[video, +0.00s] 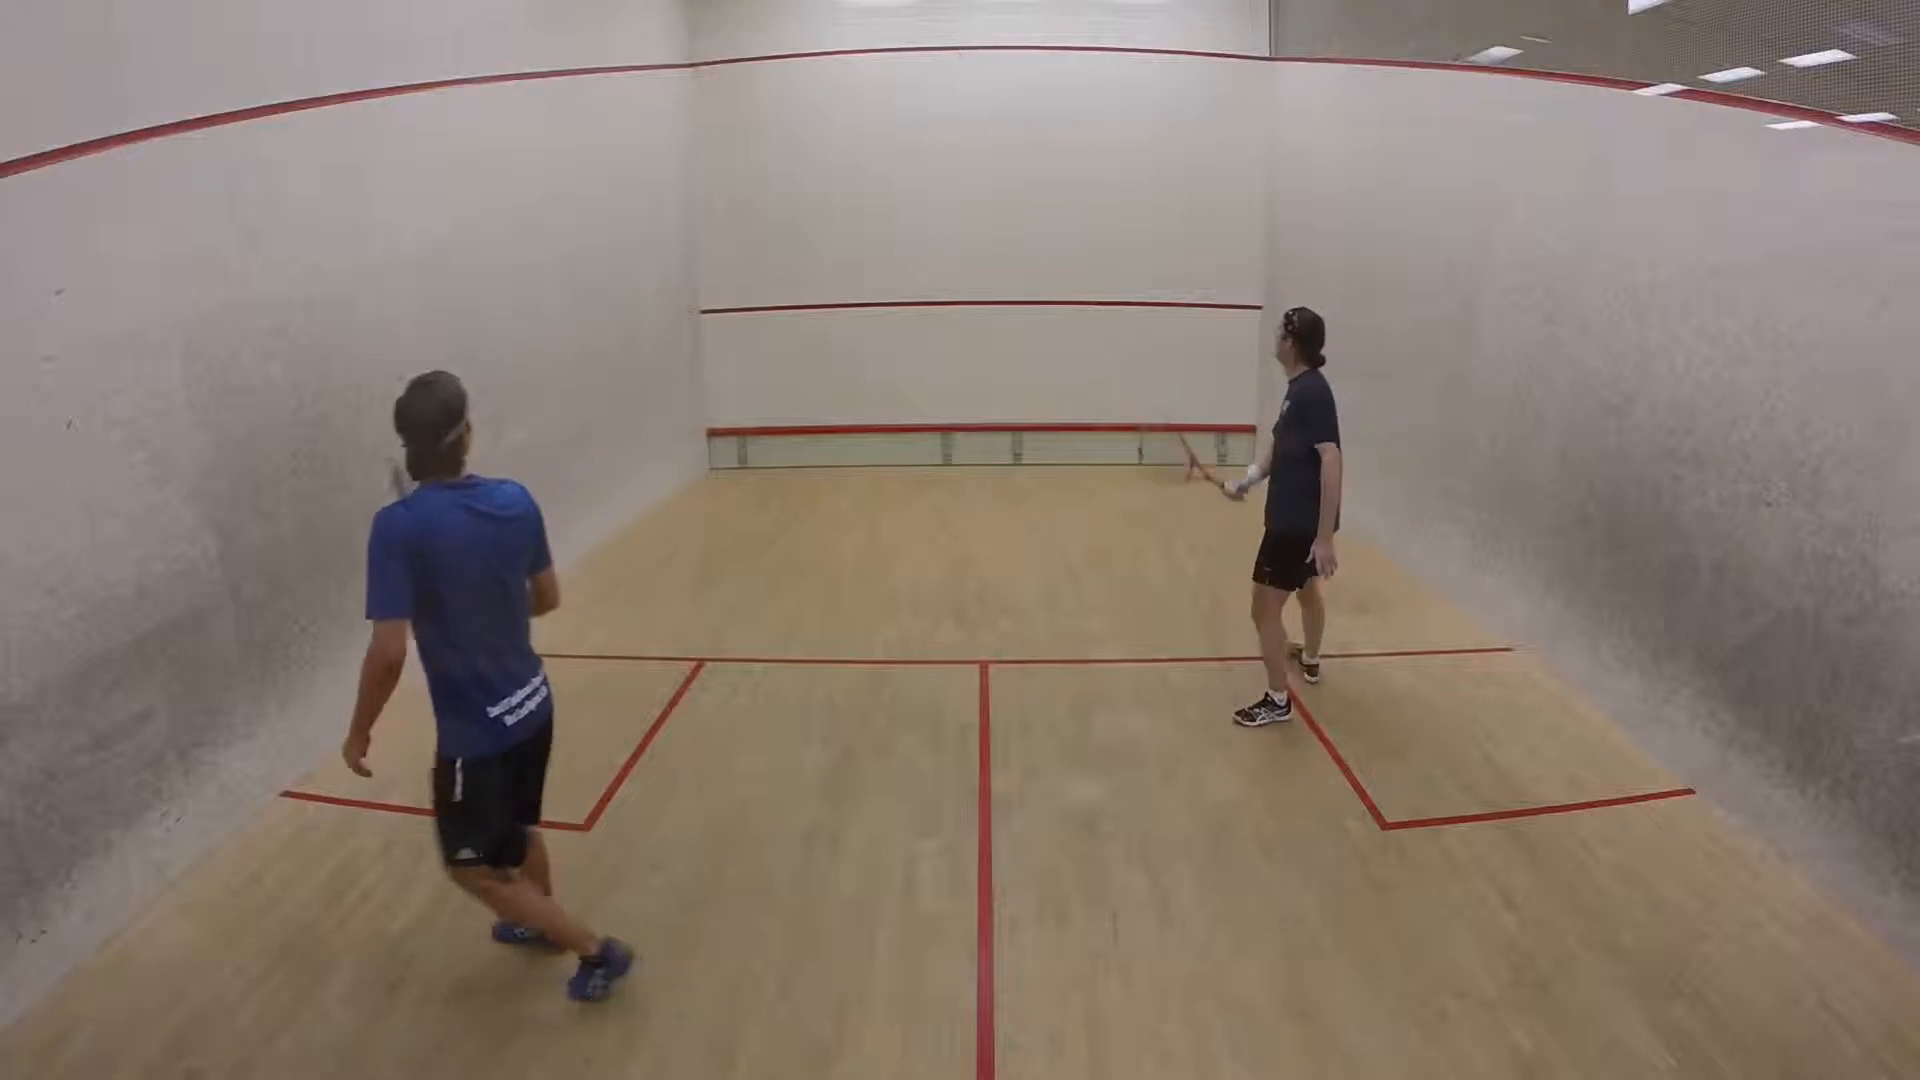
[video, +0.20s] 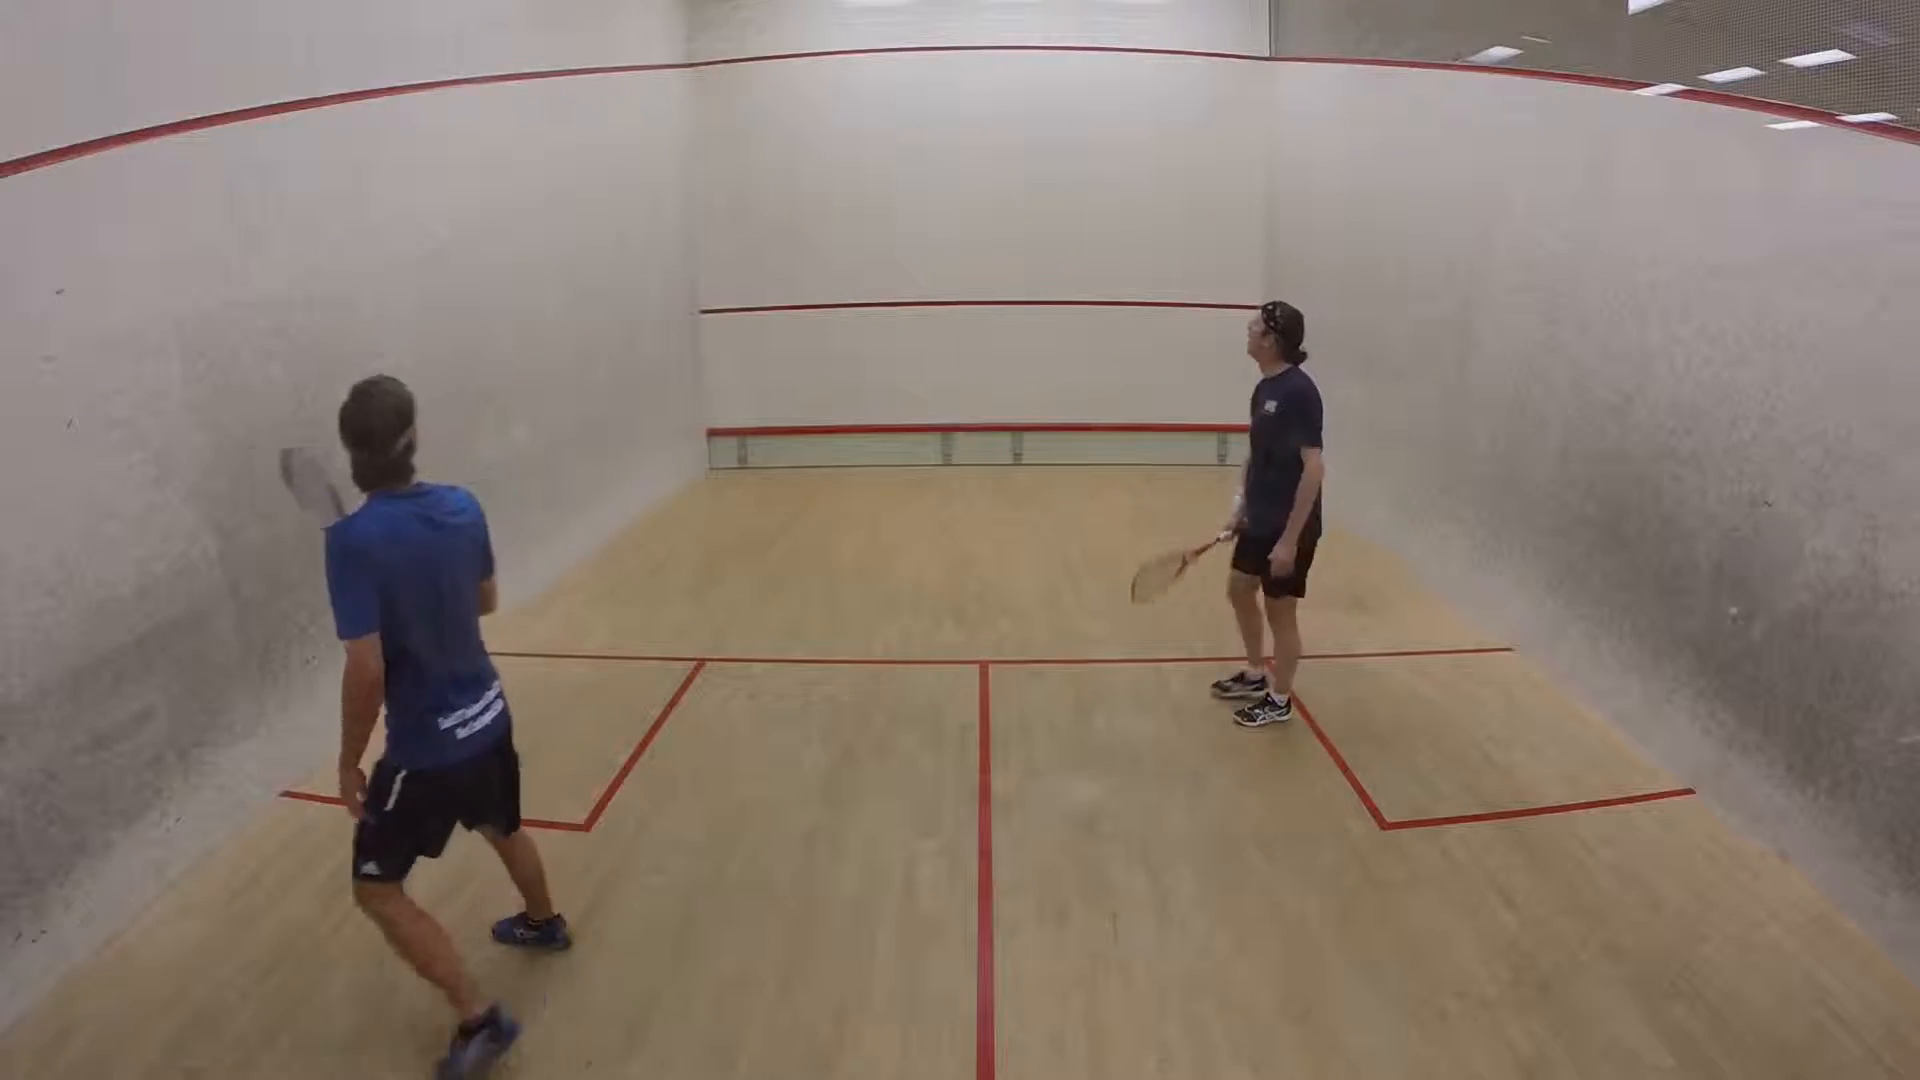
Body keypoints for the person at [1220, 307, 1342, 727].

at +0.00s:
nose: (1275, 344)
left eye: (1279, 337)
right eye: (1278, 337)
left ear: (1291, 342)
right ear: (1305, 343)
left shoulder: (1311, 392)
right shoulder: (1300, 389)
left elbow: (1331, 460)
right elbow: (1278, 447)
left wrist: (1325, 536)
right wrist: (1246, 482)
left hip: (1291, 522)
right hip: (1301, 518)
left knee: (1264, 610)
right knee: (1308, 591)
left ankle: (1278, 699)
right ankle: (1310, 660)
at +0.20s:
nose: (1248, 334)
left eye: (1254, 330)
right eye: (1250, 328)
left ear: (1272, 338)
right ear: (1272, 339)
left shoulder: (1301, 390)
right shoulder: (1263, 388)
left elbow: (1313, 471)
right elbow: (1257, 458)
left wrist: (1289, 539)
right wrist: (1241, 507)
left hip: (1292, 520)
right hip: (1260, 514)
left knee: (1280, 608)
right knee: (1240, 590)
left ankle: (1281, 699)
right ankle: (1256, 672)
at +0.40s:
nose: (1218, 336)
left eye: (1226, 332)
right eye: (1222, 330)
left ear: (1248, 346)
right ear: (1245, 346)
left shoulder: (1279, 401)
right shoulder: (1225, 394)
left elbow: (1285, 482)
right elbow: (1228, 471)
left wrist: (1246, 548)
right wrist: (1215, 532)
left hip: (1272, 529)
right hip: (1229, 521)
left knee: (1274, 620)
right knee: (1196, 609)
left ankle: (1280, 698)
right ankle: (1176, 708)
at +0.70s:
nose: (1161, 331)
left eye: (1172, 327)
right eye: (1165, 324)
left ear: (1197, 343)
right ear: (1183, 343)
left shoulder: (1229, 401)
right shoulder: (1158, 395)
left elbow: (1247, 483)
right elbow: (1152, 465)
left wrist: (1230, 559)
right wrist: (1148, 523)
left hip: (1206, 540)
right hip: (1159, 531)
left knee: (1197, 646)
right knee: (1146, 629)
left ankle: (1245, 683)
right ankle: (1149, 726)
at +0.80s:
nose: (1143, 329)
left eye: (1154, 325)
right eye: (1146, 322)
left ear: (1181, 340)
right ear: (1166, 339)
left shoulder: (1213, 398)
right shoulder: (1137, 391)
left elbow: (1235, 478)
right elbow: (1123, 461)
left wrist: (1229, 557)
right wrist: (1106, 524)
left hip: (1191, 539)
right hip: (1143, 531)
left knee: (1162, 645)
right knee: (1140, 631)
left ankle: (1203, 696)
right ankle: (1148, 726)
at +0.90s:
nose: (1124, 330)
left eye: (1135, 325)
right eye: (1127, 322)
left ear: (1164, 340)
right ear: (1147, 339)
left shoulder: (1196, 400)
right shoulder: (1116, 394)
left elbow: (1222, 481)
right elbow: (1094, 462)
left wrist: (1222, 559)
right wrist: (1069, 528)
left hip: (1174, 543)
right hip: (1127, 537)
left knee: (1140, 649)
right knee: (1134, 644)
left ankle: (1153, 738)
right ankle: (1148, 727)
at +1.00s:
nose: (1106, 338)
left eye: (1118, 333)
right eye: (1108, 329)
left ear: (1147, 346)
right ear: (1122, 342)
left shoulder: (1178, 407)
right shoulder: (1096, 401)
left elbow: (1207, 486)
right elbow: (1065, 472)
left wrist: (1210, 567)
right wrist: (1033, 536)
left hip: (1155, 552)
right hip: (1108, 546)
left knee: (1121, 667)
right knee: (1133, 643)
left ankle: (1093, 779)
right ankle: (1147, 726)